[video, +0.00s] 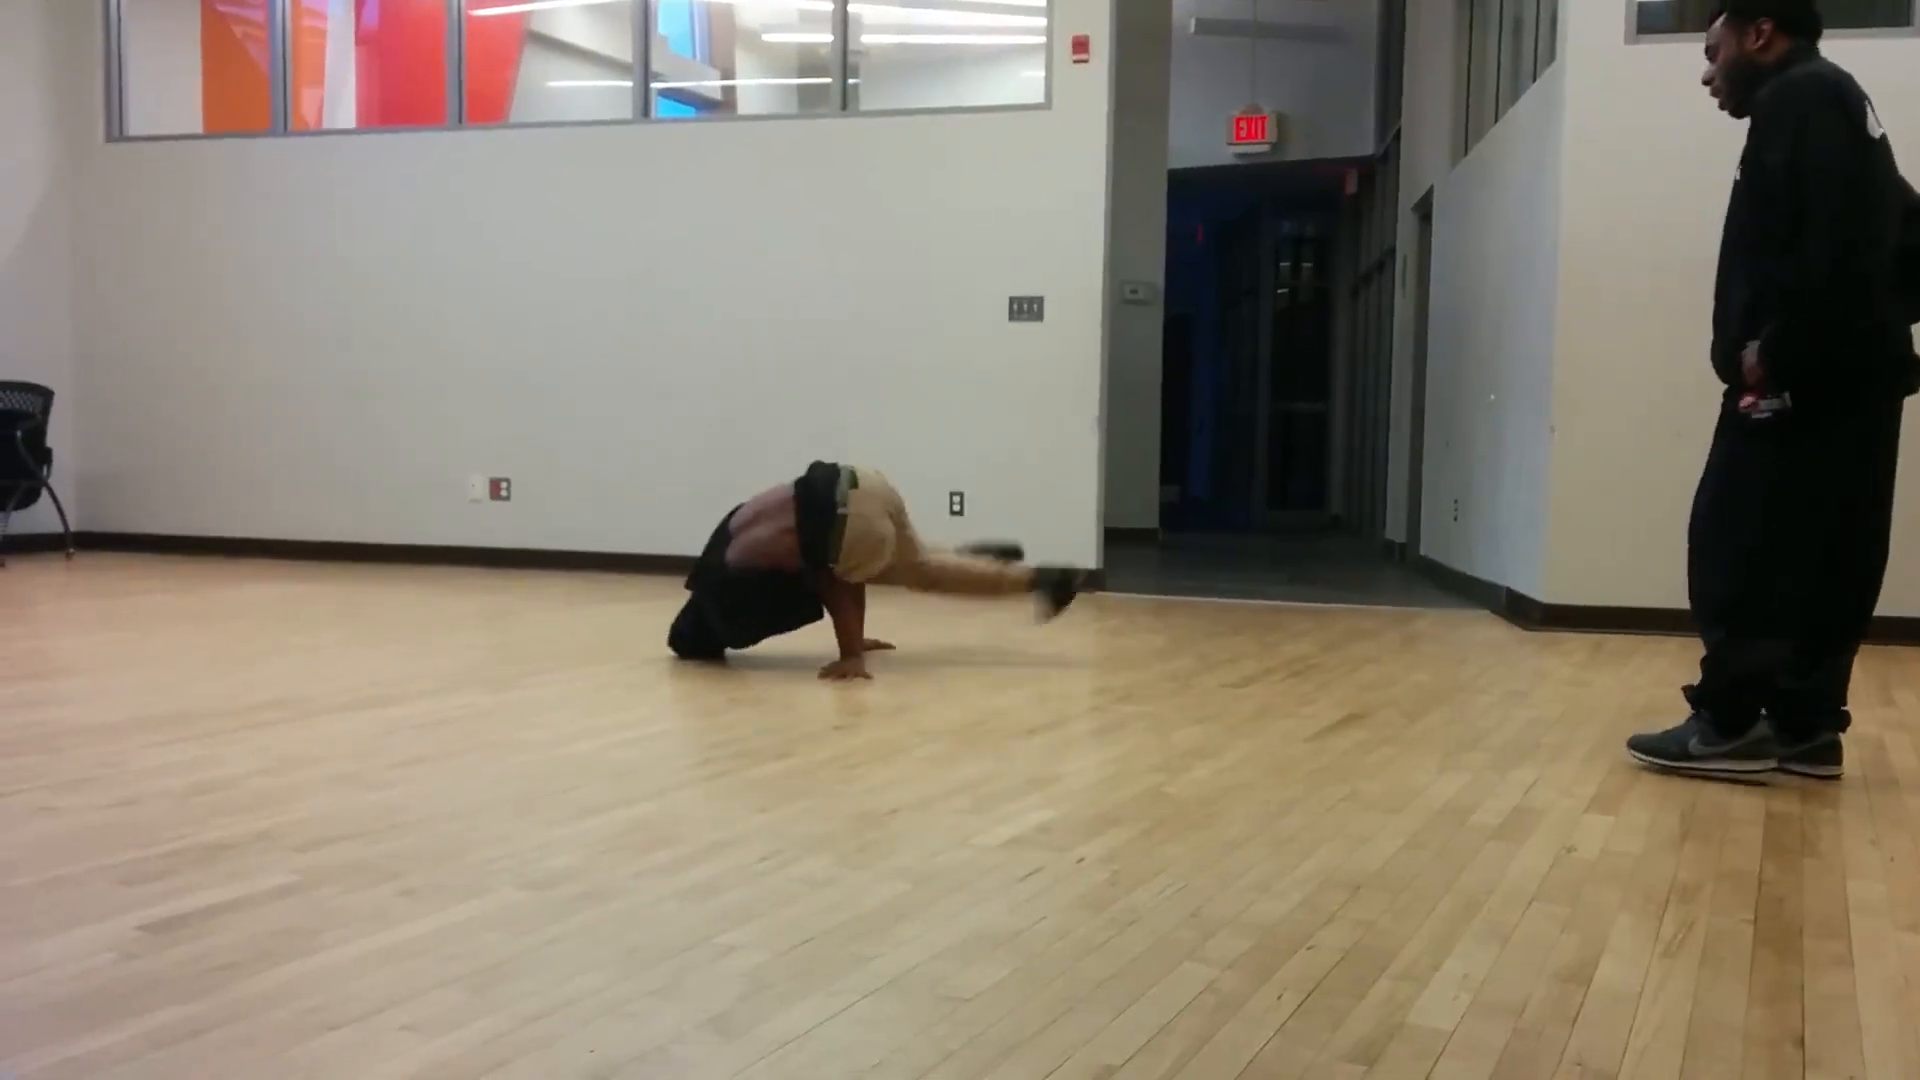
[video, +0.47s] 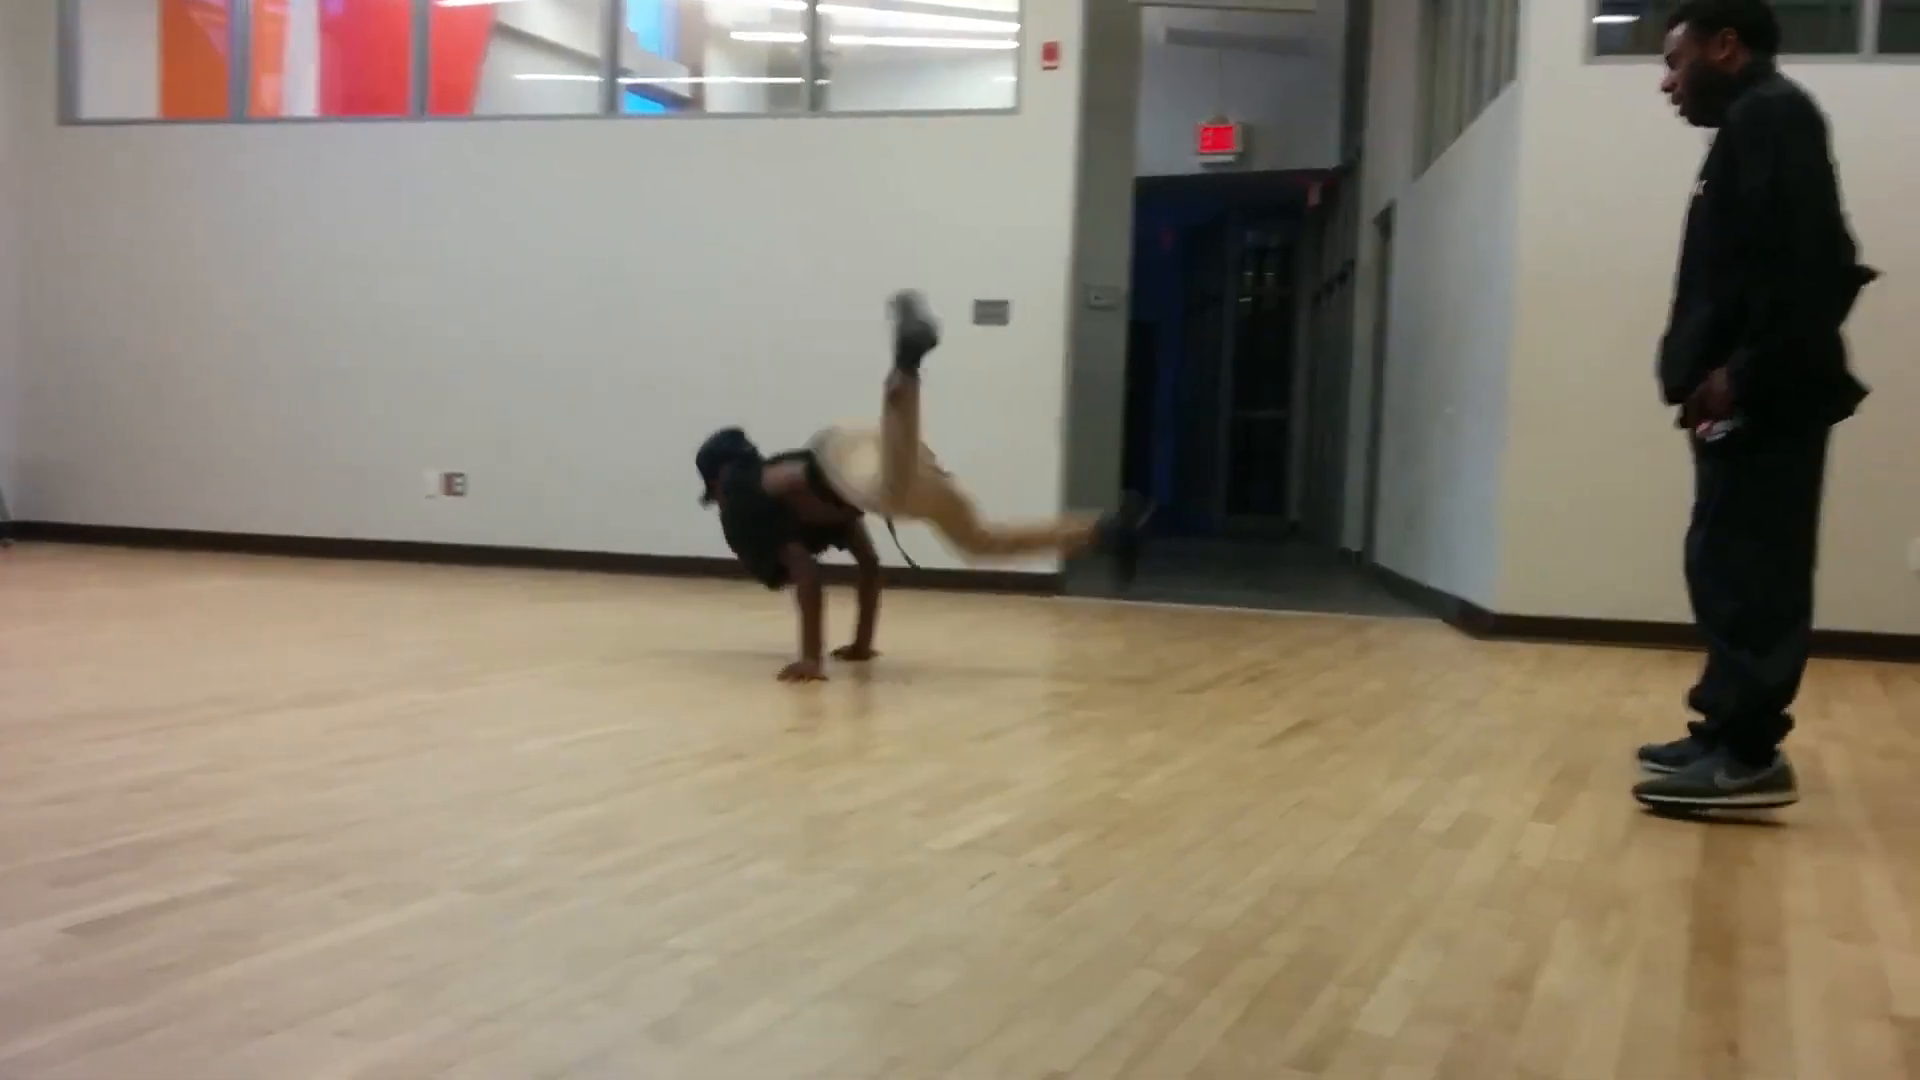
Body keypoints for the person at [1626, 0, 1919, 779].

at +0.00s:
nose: (1706, 69)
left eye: (1713, 46)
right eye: (1706, 51)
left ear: (1763, 36)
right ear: (1770, 38)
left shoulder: (1799, 99)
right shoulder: (1834, 99)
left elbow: (1802, 238)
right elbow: (1902, 220)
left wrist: (1767, 344)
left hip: (1795, 382)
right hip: (1855, 381)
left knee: (1729, 530)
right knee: (1828, 545)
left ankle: (1732, 720)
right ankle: (1808, 727)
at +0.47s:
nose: (1666, 80)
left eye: (1675, 59)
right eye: (1665, 63)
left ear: (1727, 47)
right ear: (1727, 51)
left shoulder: (1774, 116)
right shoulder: (1759, 118)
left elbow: (1815, 270)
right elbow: (1816, 268)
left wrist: (1738, 374)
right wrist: (1715, 369)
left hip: (1774, 405)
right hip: (1751, 405)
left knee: (1754, 566)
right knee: (1730, 562)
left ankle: (1748, 752)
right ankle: (1723, 736)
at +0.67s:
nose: (1592, 83)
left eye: (1601, 62)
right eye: (1591, 65)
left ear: (1655, 51)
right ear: (1654, 55)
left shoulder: (1696, 125)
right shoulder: (1678, 125)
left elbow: (1709, 278)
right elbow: (1686, 276)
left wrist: (1658, 389)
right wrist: (1633, 382)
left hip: (1691, 414)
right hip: (1666, 412)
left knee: (1681, 583)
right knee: (1657, 579)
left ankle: (1682, 773)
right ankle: (1649, 743)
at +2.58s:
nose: (1538, 181)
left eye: (1546, 161)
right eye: (1536, 163)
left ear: (1596, 148)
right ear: (1599, 150)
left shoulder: (1648, 227)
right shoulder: (1626, 226)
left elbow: (1666, 378)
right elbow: (1631, 374)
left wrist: (1598, 479)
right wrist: (1572, 469)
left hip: (1644, 499)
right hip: (1619, 498)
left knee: (1631, 666)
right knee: (1611, 662)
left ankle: (1653, 857)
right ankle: (1619, 827)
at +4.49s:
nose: (1559, 150)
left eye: (1569, 129)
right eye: (1557, 133)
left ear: (1625, 118)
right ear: (1625, 123)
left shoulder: (1675, 198)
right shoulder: (1649, 199)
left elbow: (1705, 342)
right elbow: (1658, 344)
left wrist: (1646, 455)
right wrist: (1608, 446)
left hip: (1675, 481)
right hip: (1641, 480)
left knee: (1668, 649)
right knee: (1638, 646)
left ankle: (1670, 837)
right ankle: (1634, 807)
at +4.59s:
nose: (1564, 147)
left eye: (1573, 126)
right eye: (1561, 131)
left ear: (1630, 115)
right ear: (1630, 121)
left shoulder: (1680, 195)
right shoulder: (1654, 197)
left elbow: (1710, 342)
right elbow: (1665, 342)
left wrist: (1650, 454)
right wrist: (1613, 446)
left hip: (1682, 481)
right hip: (1647, 480)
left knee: (1672, 649)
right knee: (1642, 645)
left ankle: (1671, 837)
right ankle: (1636, 806)